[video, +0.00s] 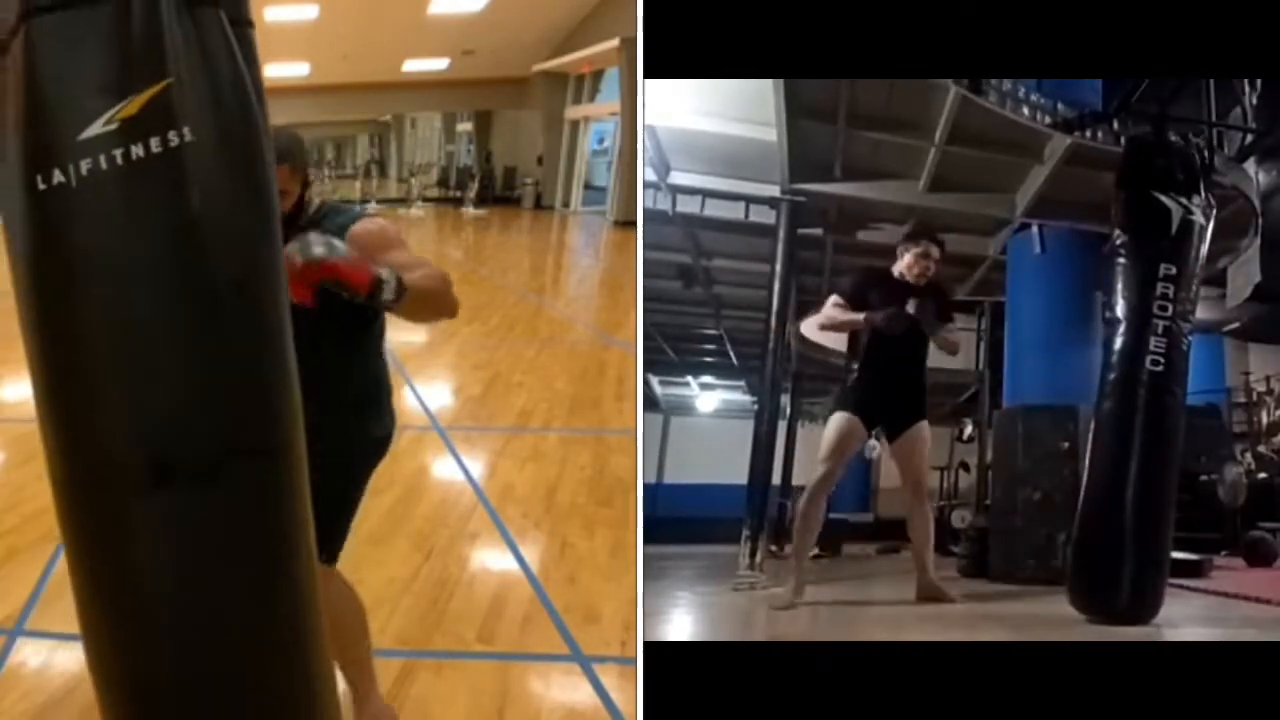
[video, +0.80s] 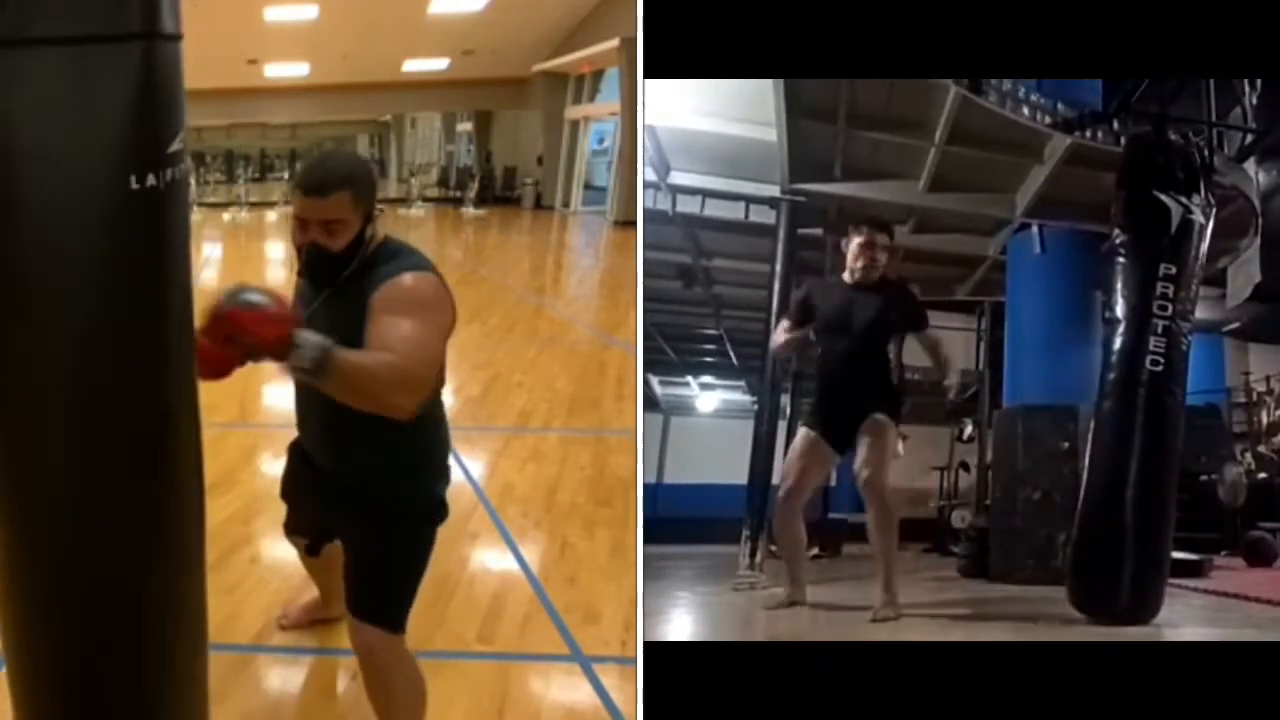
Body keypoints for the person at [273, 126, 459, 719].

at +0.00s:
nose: (269, 202)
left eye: (280, 190)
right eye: (261, 189)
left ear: (302, 185)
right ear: (249, 185)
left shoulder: (351, 231)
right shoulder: (240, 231)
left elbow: (442, 300)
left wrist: (372, 282)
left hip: (345, 419)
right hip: (278, 415)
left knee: (313, 562)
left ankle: (368, 703)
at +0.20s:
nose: (277, 249)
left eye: (290, 235)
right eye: (266, 236)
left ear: (322, 220)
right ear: (252, 226)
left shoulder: (362, 262)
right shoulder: (257, 267)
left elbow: (419, 323)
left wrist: (333, 353)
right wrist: (257, 352)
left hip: (376, 453)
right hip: (294, 446)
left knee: (361, 596)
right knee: (278, 557)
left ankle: (391, 710)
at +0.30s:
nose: (320, 248)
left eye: (333, 233)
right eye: (305, 235)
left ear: (365, 213)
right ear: (289, 222)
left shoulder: (413, 257)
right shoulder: (277, 269)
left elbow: (524, 327)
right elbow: (222, 327)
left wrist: (450, 289)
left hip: (399, 463)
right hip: (311, 459)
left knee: (400, 616)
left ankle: (397, 714)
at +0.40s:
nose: (357, 247)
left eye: (370, 232)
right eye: (340, 235)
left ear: (399, 207)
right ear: (320, 216)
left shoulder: (437, 249)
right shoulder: (286, 277)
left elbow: (511, 320)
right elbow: (204, 333)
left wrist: (496, 285)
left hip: (411, 457)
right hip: (321, 456)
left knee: (409, 608)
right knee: (314, 550)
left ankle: (398, 714)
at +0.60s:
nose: (328, 232)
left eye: (343, 218)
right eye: (314, 218)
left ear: (373, 203)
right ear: (298, 206)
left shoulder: (423, 256)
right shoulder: (281, 259)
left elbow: (481, 355)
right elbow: (233, 343)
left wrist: (412, 314)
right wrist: (235, 312)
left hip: (402, 451)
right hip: (320, 444)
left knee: (394, 607)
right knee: (315, 535)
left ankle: (407, 712)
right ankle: (331, 601)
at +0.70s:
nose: (312, 233)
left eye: (328, 220)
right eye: (300, 220)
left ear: (362, 209)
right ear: (288, 210)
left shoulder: (406, 272)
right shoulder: (303, 258)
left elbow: (385, 374)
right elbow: (300, 336)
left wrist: (295, 332)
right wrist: (259, 325)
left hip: (394, 464)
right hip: (324, 445)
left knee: (382, 621)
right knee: (308, 529)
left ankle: (413, 711)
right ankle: (332, 601)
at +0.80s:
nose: (314, 238)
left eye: (332, 226)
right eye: (303, 223)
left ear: (370, 217)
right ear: (293, 213)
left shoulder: (410, 286)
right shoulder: (318, 262)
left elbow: (402, 392)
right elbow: (316, 330)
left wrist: (297, 348)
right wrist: (255, 333)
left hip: (393, 477)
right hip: (322, 453)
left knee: (375, 632)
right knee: (310, 533)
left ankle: (403, 712)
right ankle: (335, 601)